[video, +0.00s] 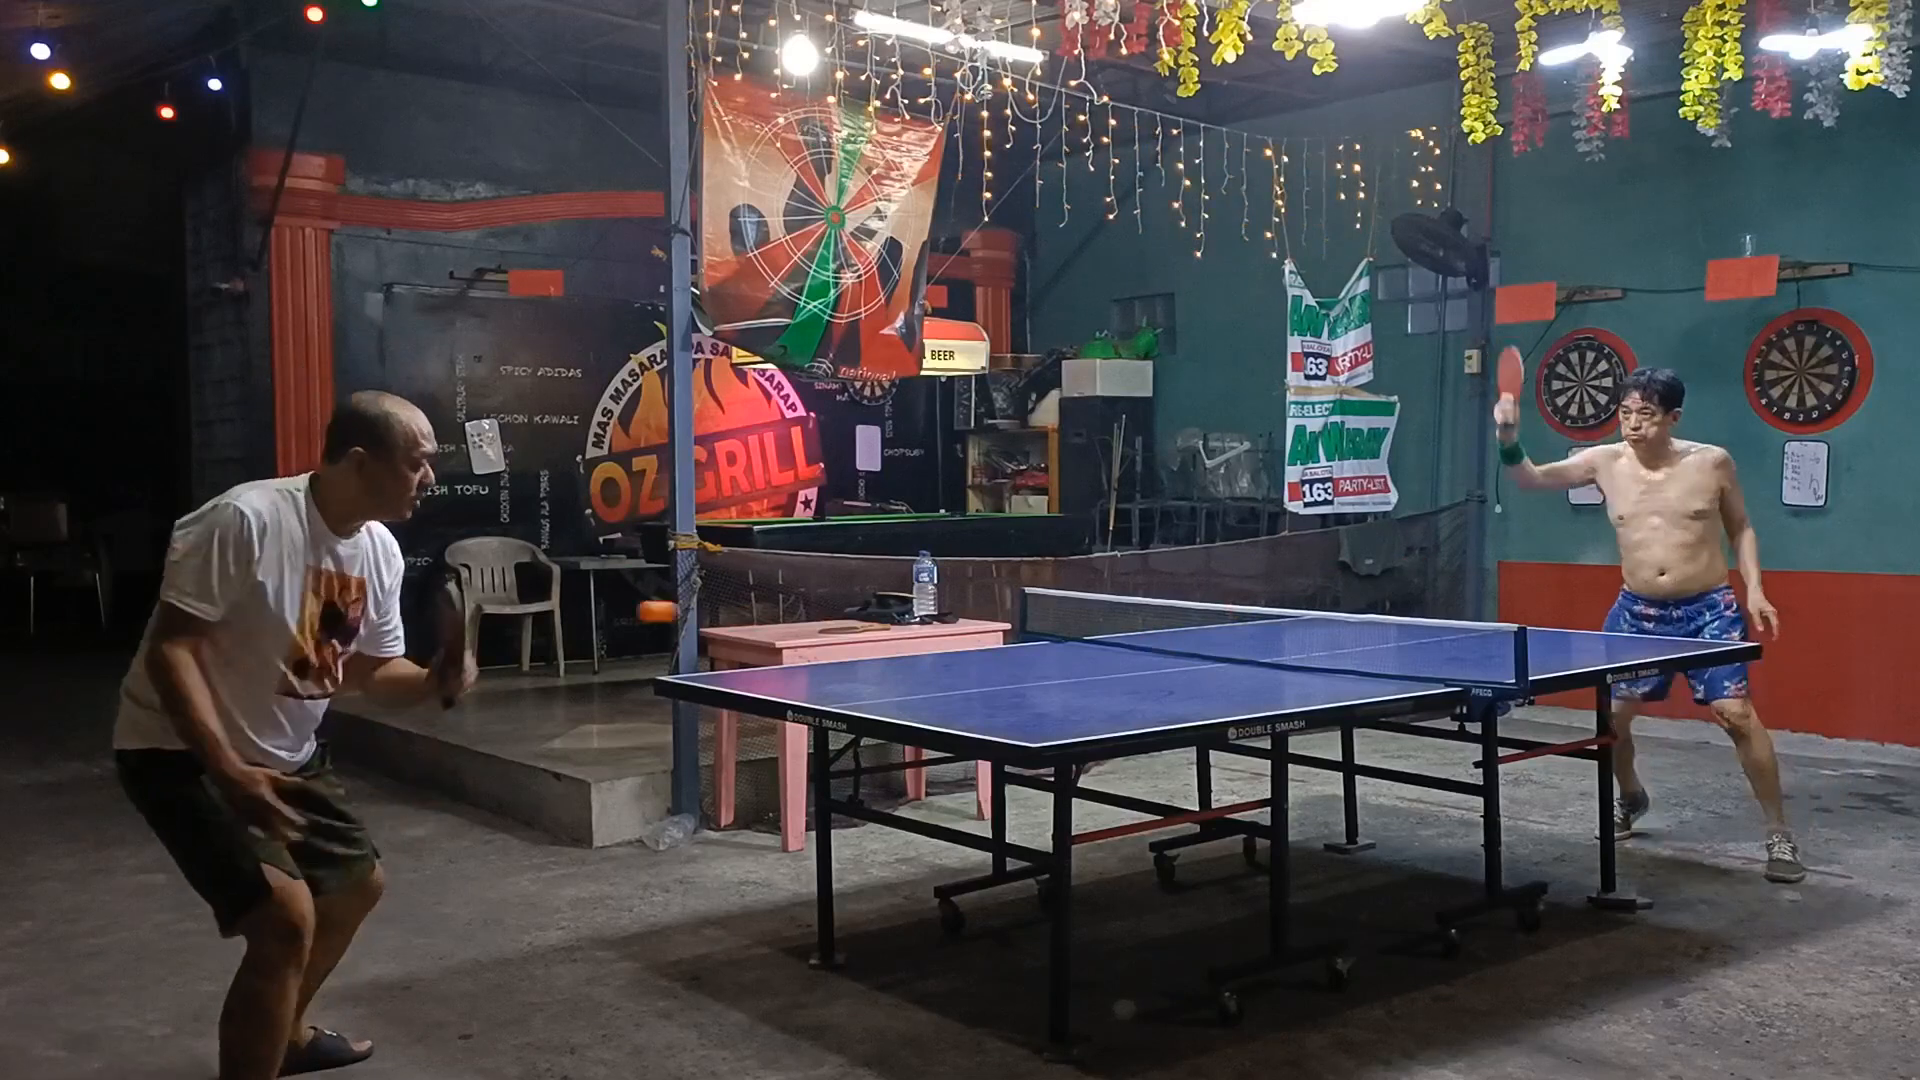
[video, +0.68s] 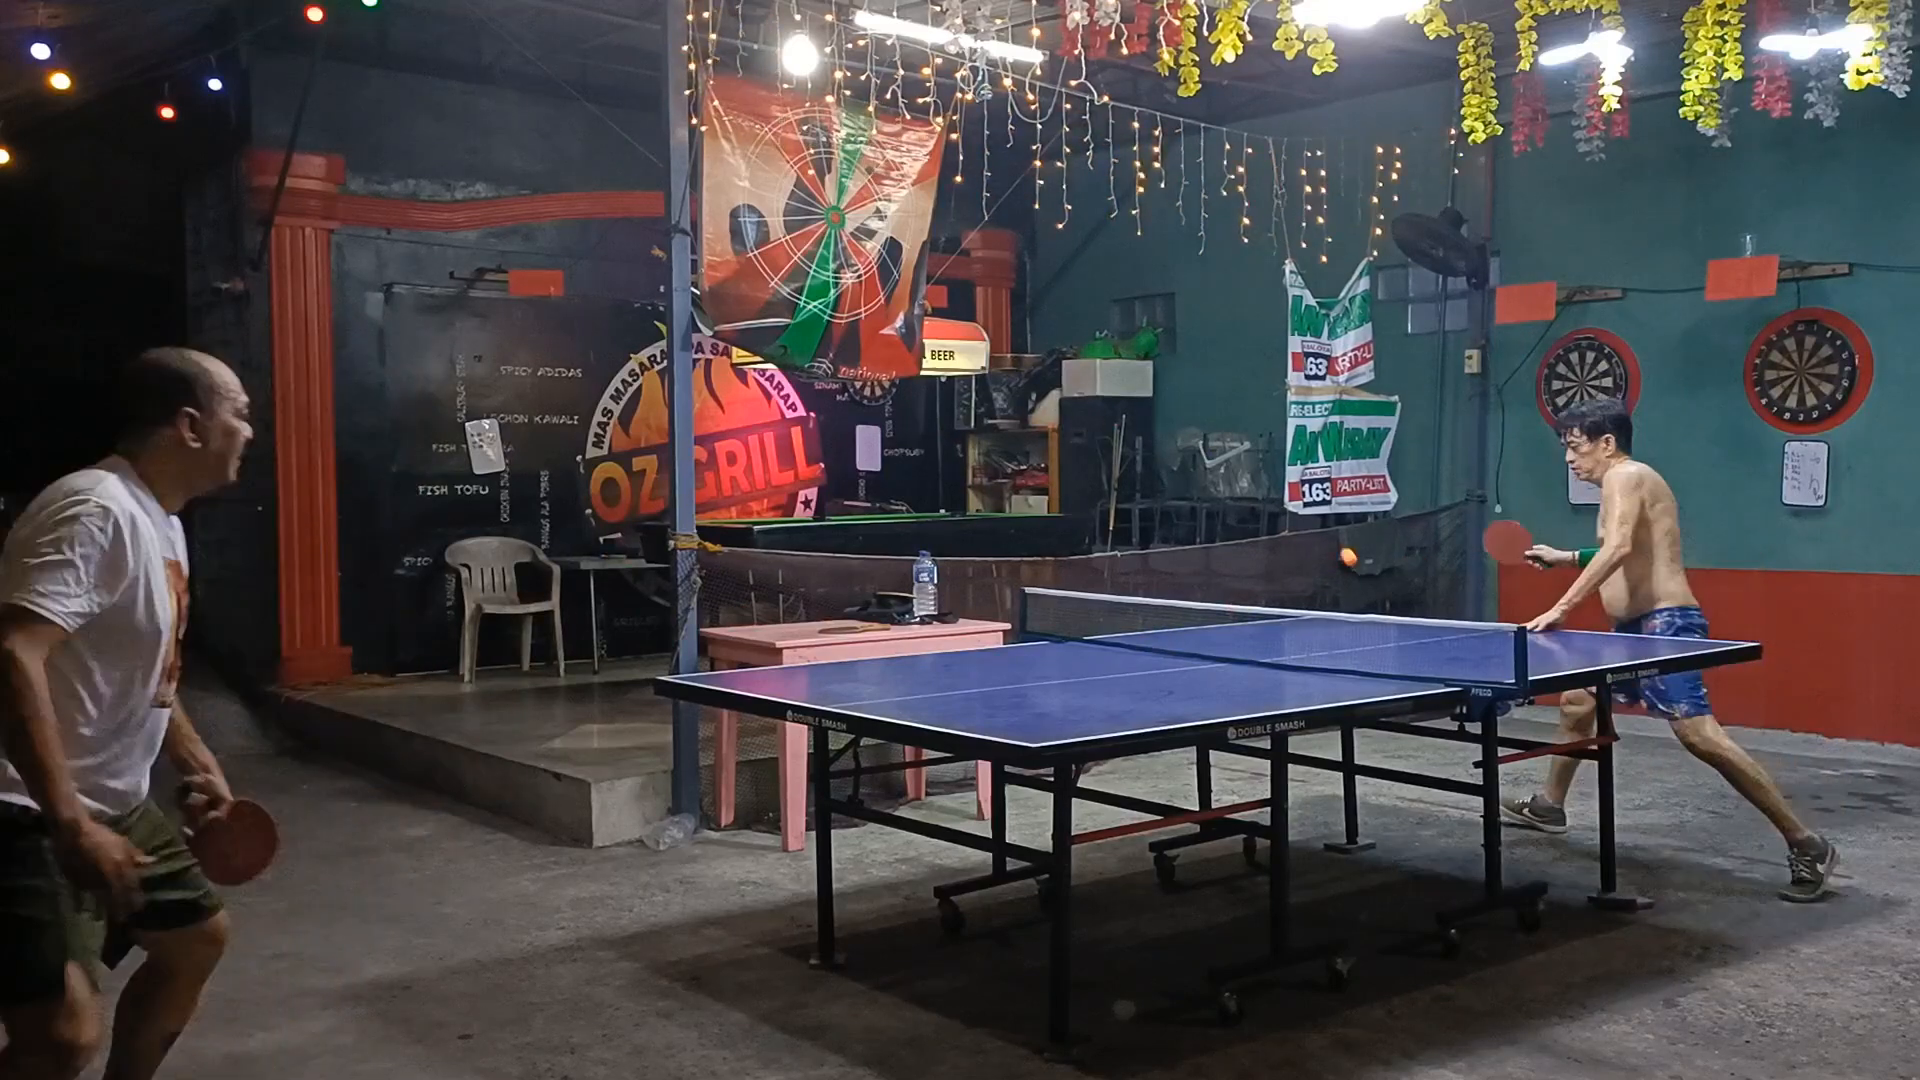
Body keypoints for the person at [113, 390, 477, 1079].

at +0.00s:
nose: (430, 476)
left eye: (430, 461)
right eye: (417, 461)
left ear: (373, 465)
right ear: (359, 460)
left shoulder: (379, 548)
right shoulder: (242, 520)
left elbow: (369, 671)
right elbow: (168, 647)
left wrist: (435, 683)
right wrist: (229, 766)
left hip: (285, 753)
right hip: (181, 752)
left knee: (355, 885)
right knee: (285, 916)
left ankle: (285, 1035)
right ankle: (248, 1070)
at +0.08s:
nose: (432, 489)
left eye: (434, 473)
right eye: (422, 472)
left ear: (369, 465)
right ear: (364, 463)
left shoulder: (379, 556)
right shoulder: (232, 508)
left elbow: (387, 684)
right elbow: (118, 603)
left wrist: (488, 684)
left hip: (276, 753)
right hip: (176, 750)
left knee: (324, 893)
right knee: (260, 922)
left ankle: (281, 1035)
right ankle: (241, 1069)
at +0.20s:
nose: (428, 480)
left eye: (430, 463)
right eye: (419, 460)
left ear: (368, 455)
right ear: (361, 450)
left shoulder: (366, 557)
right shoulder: (225, 493)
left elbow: (356, 684)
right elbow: (78, 566)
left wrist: (475, 693)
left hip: (249, 746)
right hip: (140, 740)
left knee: (296, 890)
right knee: (252, 932)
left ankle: (285, 1033)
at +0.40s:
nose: (385, 432)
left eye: (386, 415)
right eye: (377, 412)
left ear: (323, 411)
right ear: (324, 407)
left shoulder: (301, 507)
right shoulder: (201, 461)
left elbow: (283, 648)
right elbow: (45, 533)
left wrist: (376, 745)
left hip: (194, 727)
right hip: (101, 728)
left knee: (264, 880)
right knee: (228, 921)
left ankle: (168, 1065)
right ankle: (222, 1069)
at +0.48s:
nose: (350, 422)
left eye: (351, 404)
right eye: (342, 402)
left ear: (289, 408)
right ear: (290, 406)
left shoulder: (273, 511)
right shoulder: (172, 473)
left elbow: (264, 652)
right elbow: (28, 566)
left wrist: (324, 771)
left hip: (154, 735)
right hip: (56, 728)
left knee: (228, 914)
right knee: (191, 932)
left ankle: (136, 1068)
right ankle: (146, 1071)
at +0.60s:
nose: (305, 431)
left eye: (303, 414)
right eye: (293, 413)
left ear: (243, 427)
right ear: (245, 425)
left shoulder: (229, 527)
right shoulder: (135, 500)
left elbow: (215, 666)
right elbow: (22, 619)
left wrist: (270, 781)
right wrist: (1, 787)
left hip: (132, 777)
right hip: (46, 775)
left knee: (213, 926)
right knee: (144, 974)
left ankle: (128, 1068)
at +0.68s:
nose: (250, 433)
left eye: (248, 416)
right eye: (241, 415)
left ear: (190, 429)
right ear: (189, 426)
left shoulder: (163, 521)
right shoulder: (93, 509)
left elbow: (141, 677)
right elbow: (18, 654)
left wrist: (196, 760)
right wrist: (75, 821)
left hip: (124, 806)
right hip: (36, 816)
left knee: (196, 942)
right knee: (65, 1036)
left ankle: (125, 1075)